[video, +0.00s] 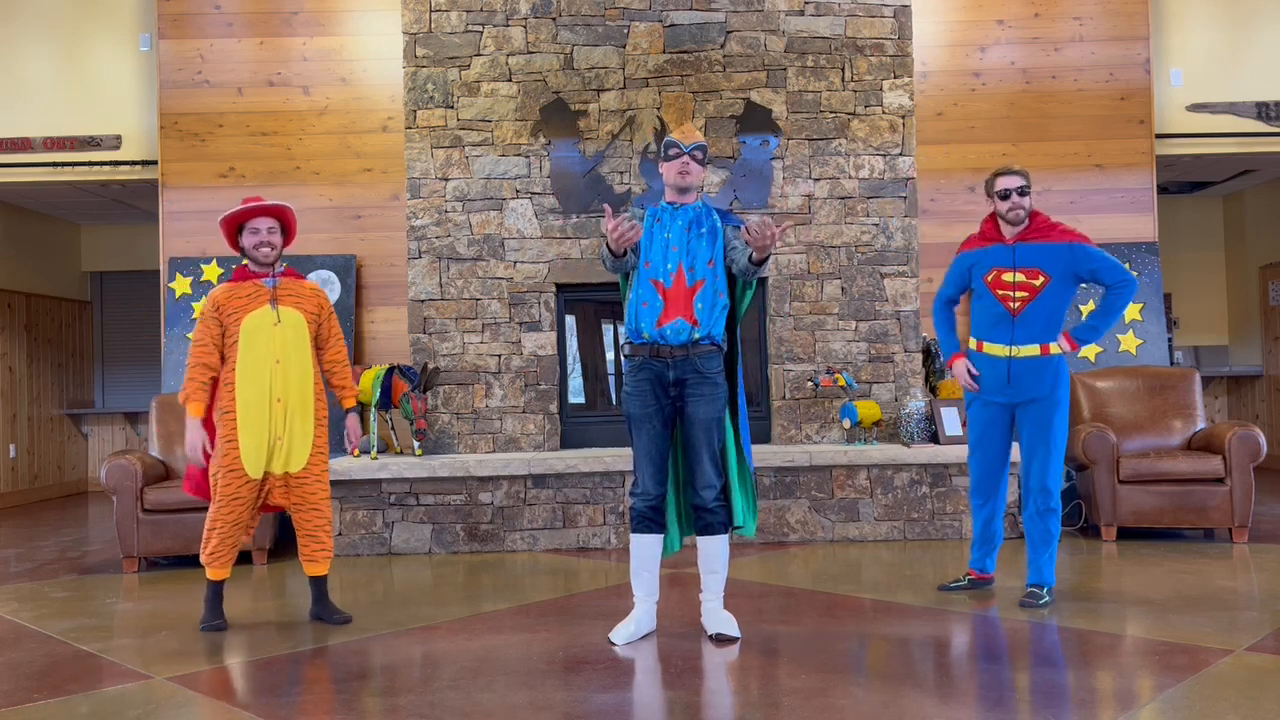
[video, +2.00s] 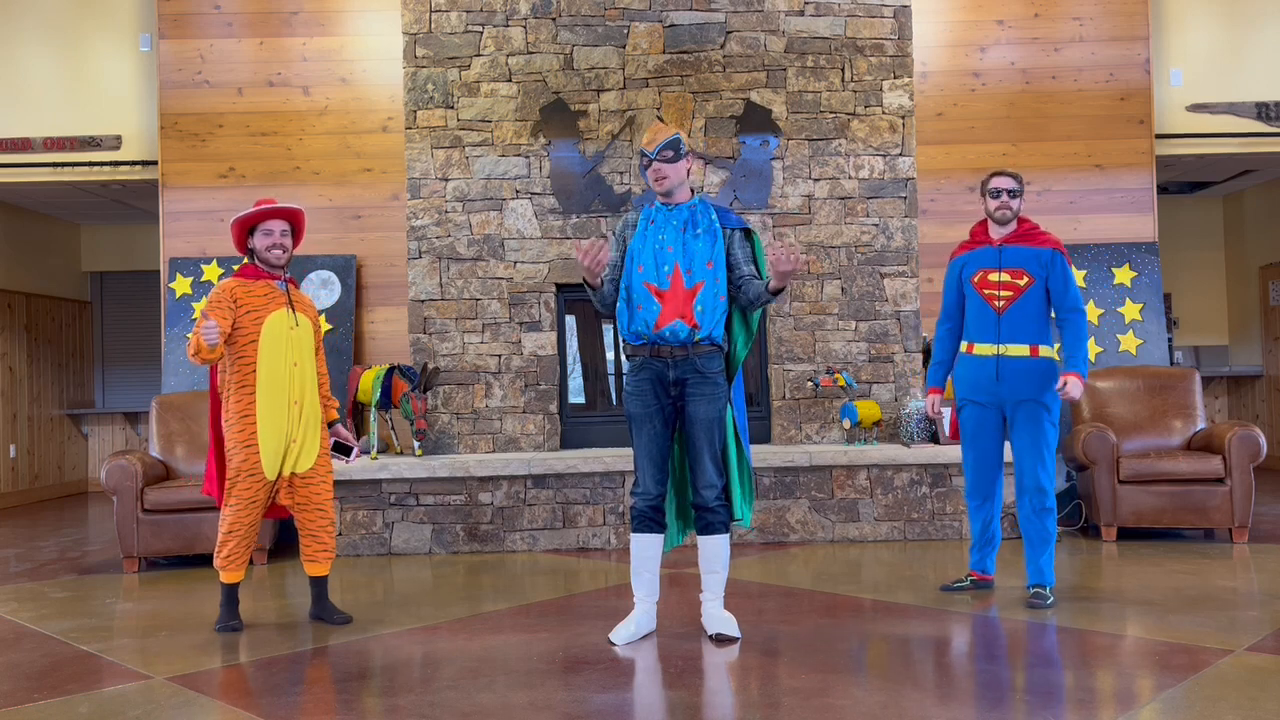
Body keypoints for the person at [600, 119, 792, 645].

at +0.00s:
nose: (685, 162)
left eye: (695, 156)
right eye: (675, 154)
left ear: (706, 169)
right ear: (659, 165)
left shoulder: (722, 221)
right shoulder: (639, 217)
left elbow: (743, 266)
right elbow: (620, 262)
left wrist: (760, 252)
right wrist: (616, 247)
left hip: (703, 363)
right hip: (644, 364)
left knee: (707, 484)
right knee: (648, 485)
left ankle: (713, 607)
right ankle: (644, 609)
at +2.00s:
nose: (656, 167)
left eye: (668, 156)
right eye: (649, 161)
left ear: (692, 164)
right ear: (644, 172)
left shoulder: (724, 222)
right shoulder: (631, 224)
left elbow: (747, 294)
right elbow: (608, 304)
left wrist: (775, 283)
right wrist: (595, 280)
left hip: (703, 365)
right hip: (643, 366)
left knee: (709, 485)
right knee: (648, 487)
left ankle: (713, 608)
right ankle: (644, 609)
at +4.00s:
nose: (692, 170)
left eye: (702, 161)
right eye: (682, 161)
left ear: (716, 166)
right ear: (669, 166)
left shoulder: (740, 226)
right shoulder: (646, 223)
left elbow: (762, 296)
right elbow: (616, 290)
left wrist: (770, 358)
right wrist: (600, 348)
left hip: (715, 366)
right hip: (654, 366)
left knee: (716, 488)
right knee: (653, 489)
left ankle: (715, 607)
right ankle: (644, 609)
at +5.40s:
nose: (650, 222)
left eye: (656, 214)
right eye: (641, 216)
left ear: (670, 200)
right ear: (630, 209)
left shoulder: (702, 233)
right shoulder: (618, 241)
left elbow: (723, 301)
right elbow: (603, 312)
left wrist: (729, 359)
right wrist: (606, 380)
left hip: (694, 365)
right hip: (638, 370)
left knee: (702, 475)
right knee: (651, 478)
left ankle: (705, 587)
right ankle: (655, 587)